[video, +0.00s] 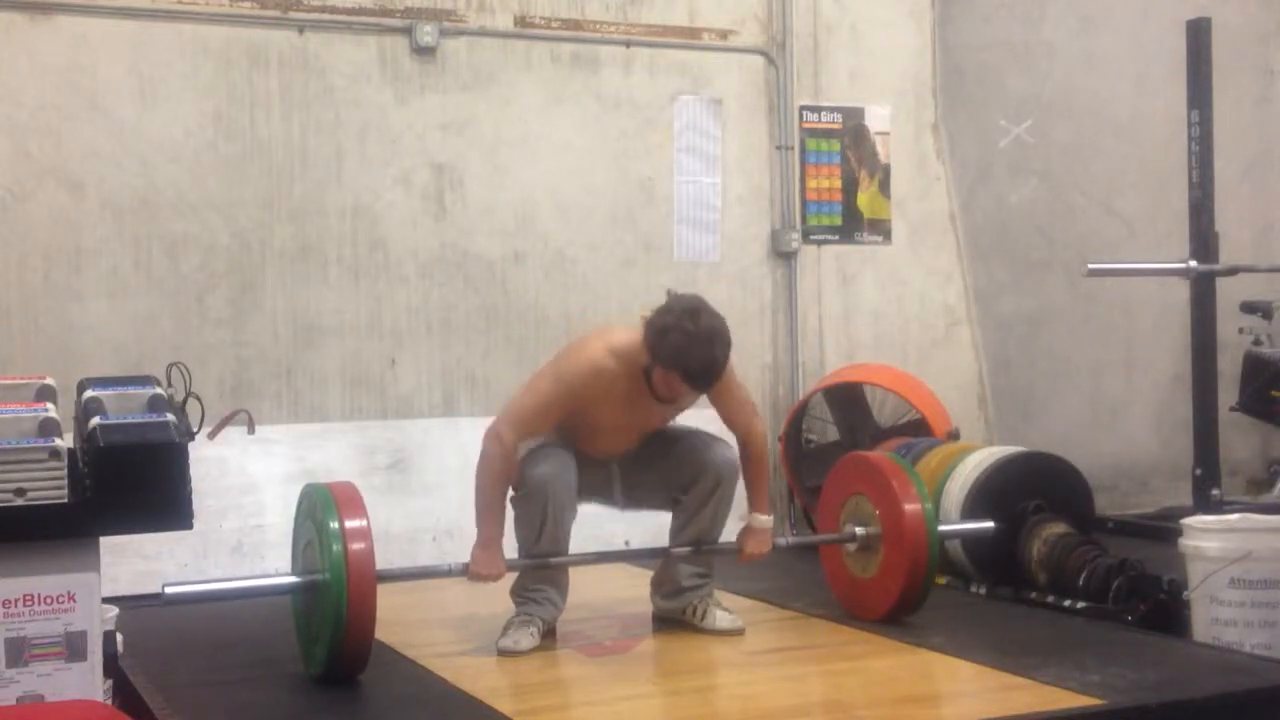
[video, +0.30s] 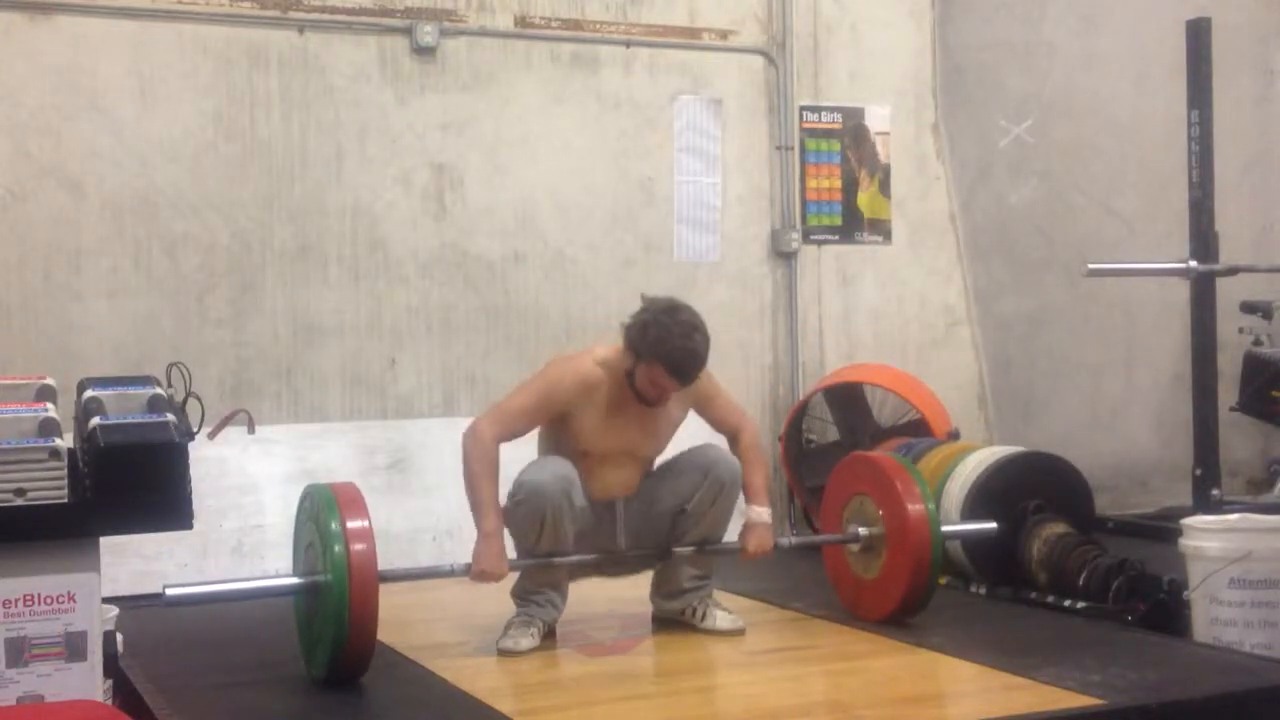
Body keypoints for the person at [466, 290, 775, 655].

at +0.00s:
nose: (678, 402)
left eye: (692, 394)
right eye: (671, 391)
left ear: (708, 375)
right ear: (653, 360)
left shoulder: (707, 365)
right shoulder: (595, 361)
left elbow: (752, 431)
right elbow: (500, 436)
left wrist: (761, 518)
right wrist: (488, 542)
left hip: (633, 460)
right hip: (564, 459)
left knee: (716, 461)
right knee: (547, 471)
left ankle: (681, 598)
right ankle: (534, 610)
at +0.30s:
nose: (664, 398)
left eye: (675, 390)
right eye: (656, 387)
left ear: (688, 376)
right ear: (634, 357)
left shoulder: (691, 379)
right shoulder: (579, 375)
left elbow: (744, 430)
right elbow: (480, 435)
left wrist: (759, 514)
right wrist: (489, 535)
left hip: (639, 522)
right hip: (572, 525)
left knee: (717, 466)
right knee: (545, 479)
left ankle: (680, 598)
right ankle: (535, 611)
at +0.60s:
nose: (665, 281)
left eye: (674, 270)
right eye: (651, 268)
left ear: (682, 272)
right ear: (616, 269)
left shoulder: (691, 346)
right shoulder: (571, 345)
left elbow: (738, 428)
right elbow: (502, 434)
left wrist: (758, 513)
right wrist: (492, 537)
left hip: (640, 488)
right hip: (572, 490)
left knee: (719, 465)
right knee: (545, 474)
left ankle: (681, 597)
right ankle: (536, 608)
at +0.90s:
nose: (674, 245)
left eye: (683, 233)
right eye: (658, 231)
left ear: (692, 244)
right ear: (624, 245)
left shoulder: (697, 329)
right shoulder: (577, 327)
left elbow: (729, 421)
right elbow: (520, 428)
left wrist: (751, 510)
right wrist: (491, 533)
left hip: (629, 424)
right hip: (558, 427)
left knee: (707, 452)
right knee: (551, 466)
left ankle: (681, 594)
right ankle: (535, 606)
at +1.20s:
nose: (682, 205)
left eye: (690, 192)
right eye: (666, 190)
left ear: (700, 198)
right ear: (629, 201)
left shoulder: (696, 276)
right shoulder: (581, 272)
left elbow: (724, 373)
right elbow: (523, 375)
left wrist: (747, 457)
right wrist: (492, 480)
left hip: (625, 369)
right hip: (549, 372)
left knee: (687, 446)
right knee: (540, 463)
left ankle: (681, 596)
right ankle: (533, 609)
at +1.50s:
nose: (652, 75)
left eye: (661, 64)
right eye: (638, 61)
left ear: (670, 75)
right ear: (604, 70)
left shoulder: (677, 164)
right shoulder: (558, 159)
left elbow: (712, 258)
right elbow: (510, 256)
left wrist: (740, 341)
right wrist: (488, 359)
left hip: (625, 318)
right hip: (543, 318)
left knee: (658, 450)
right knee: (535, 456)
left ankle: (682, 592)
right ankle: (529, 607)